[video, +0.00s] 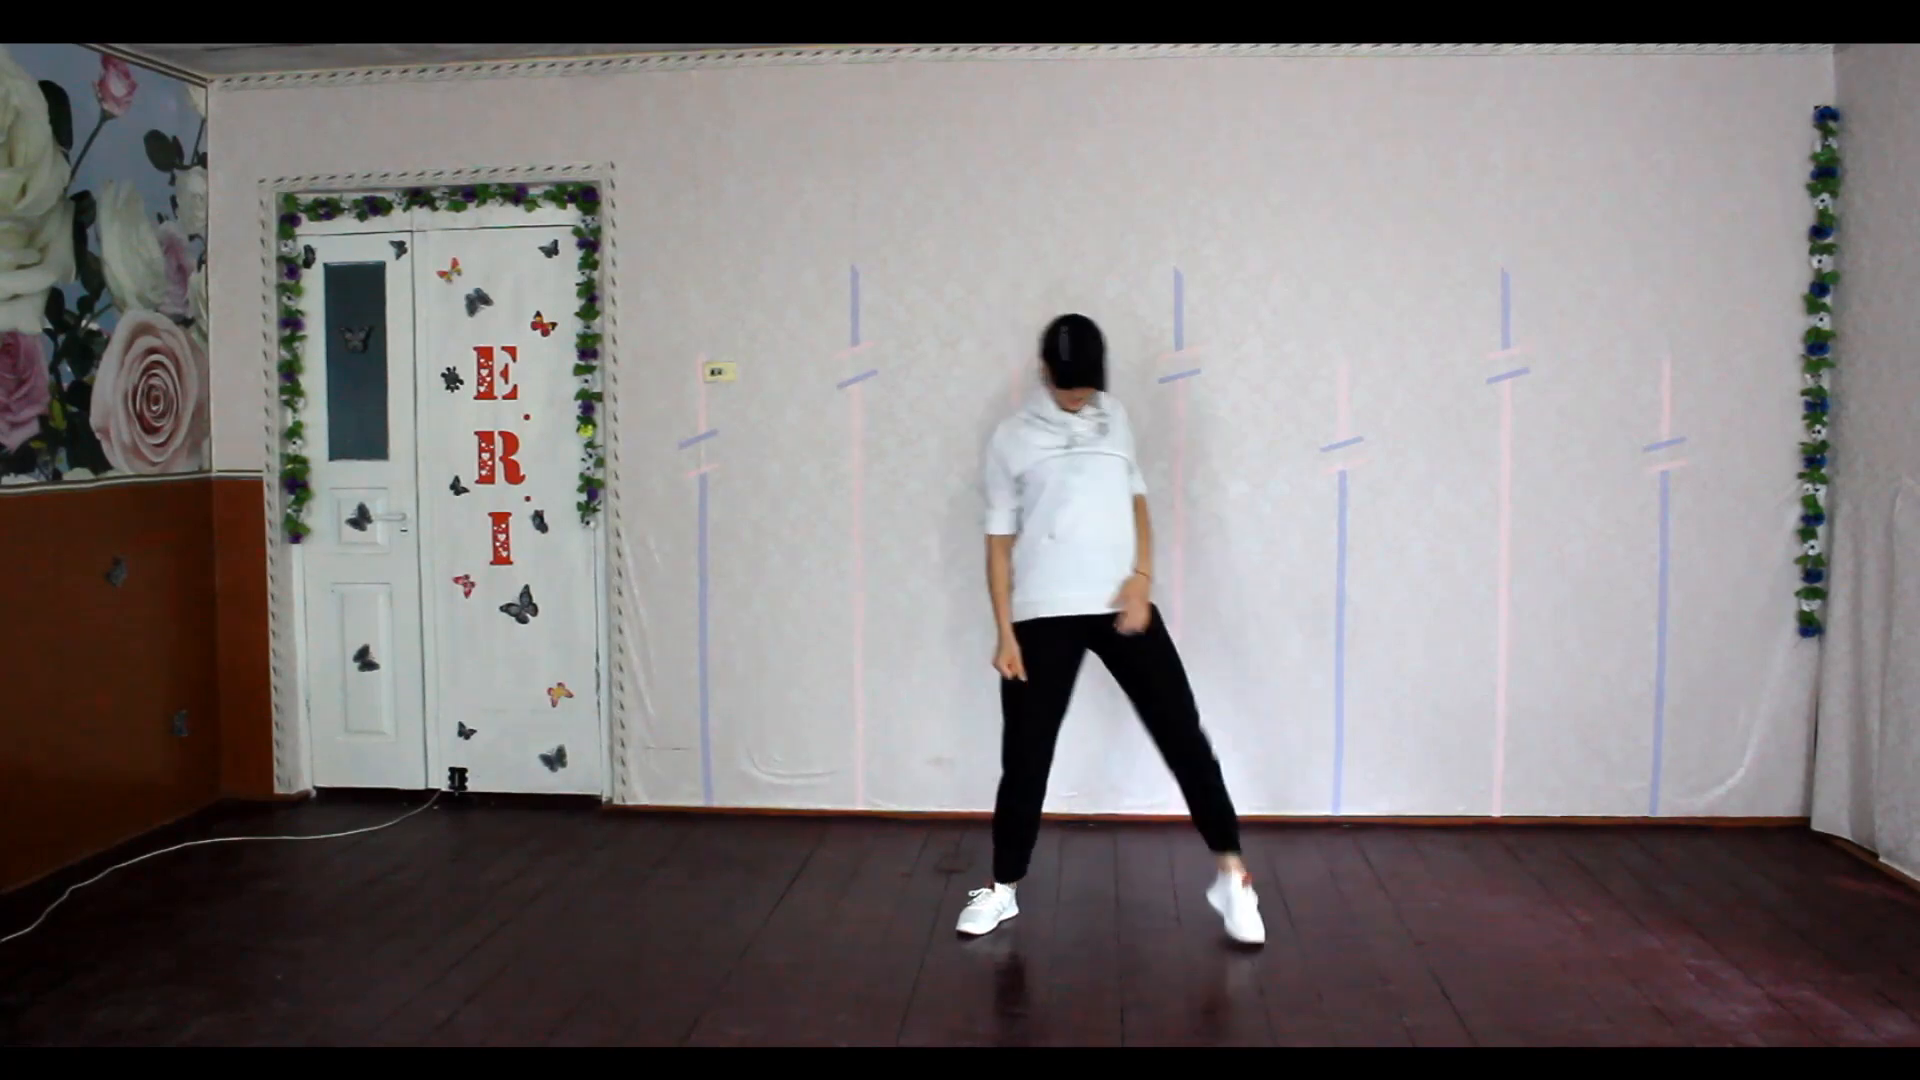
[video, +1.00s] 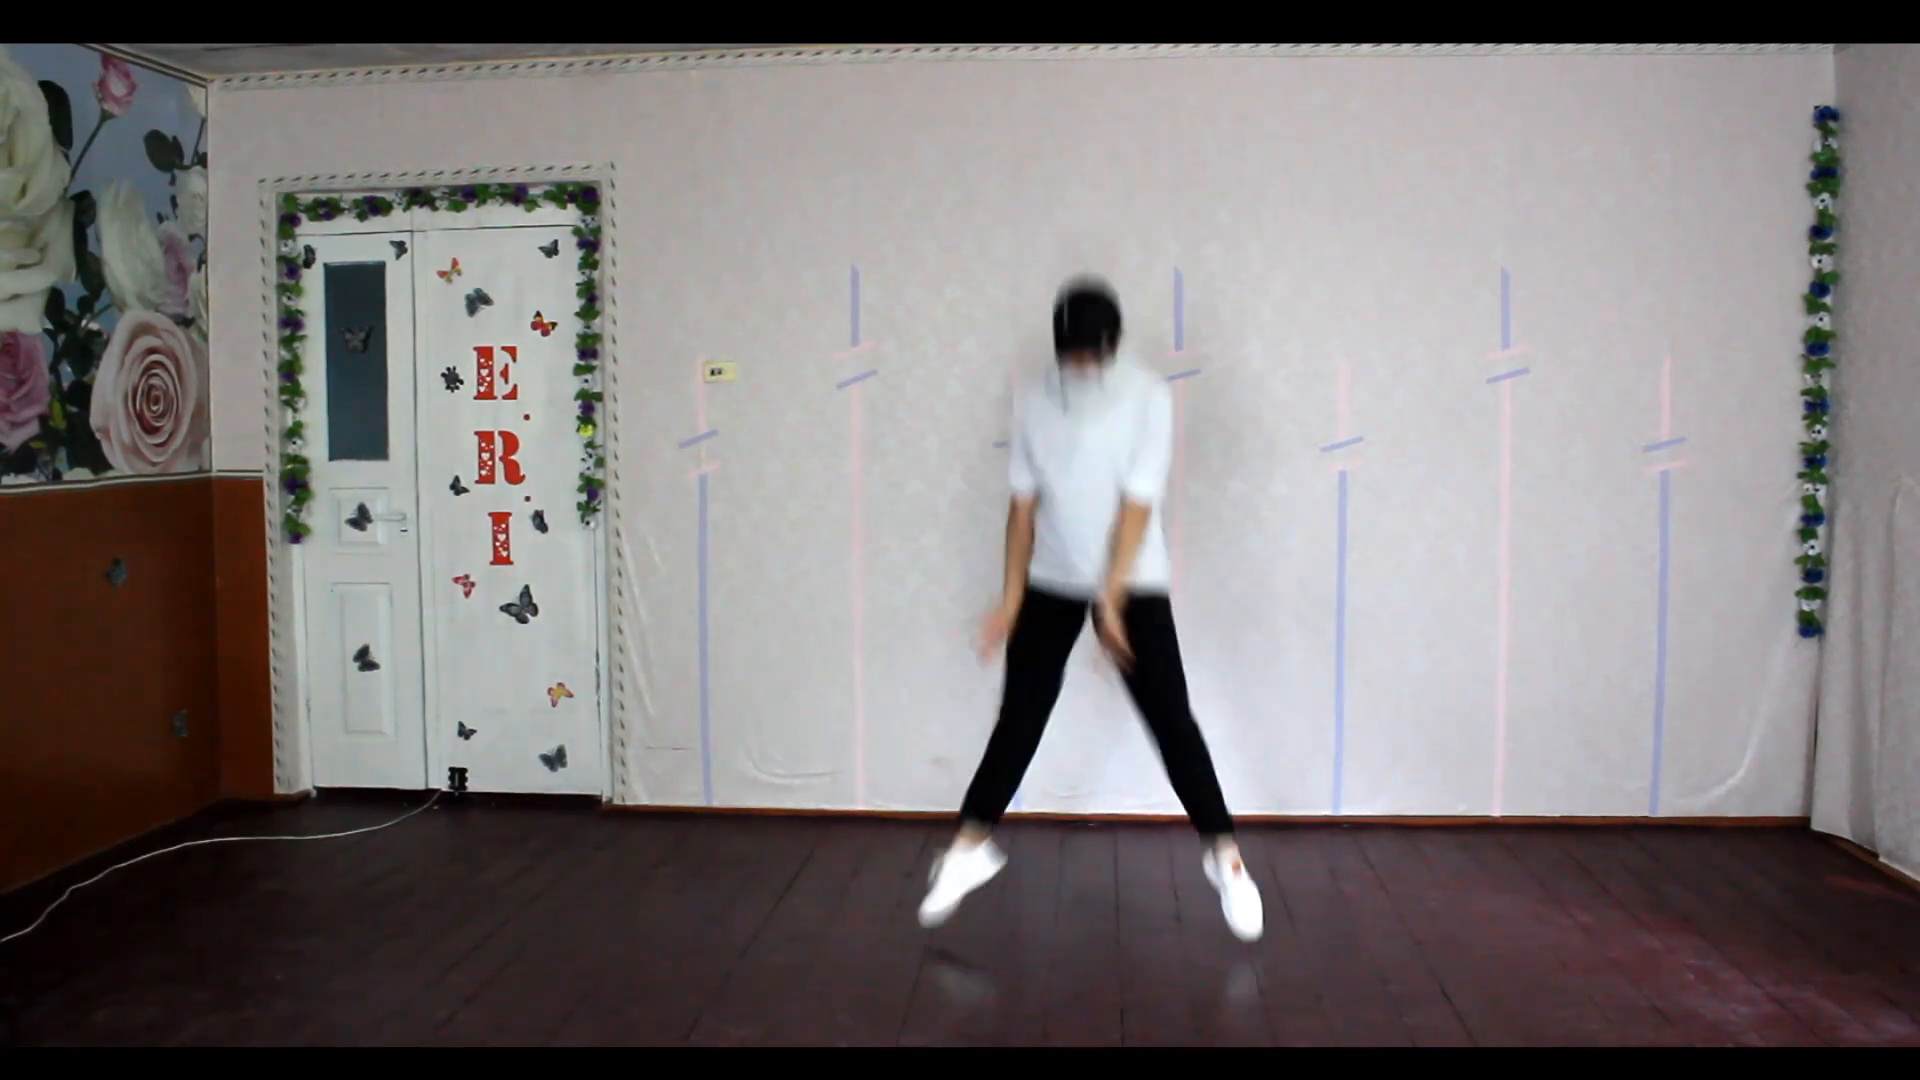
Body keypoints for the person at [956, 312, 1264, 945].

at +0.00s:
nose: (1081, 400)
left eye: (1090, 389)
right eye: (1070, 390)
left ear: (1102, 375)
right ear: (1047, 373)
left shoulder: (1113, 419)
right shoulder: (1012, 437)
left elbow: (1136, 502)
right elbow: (999, 542)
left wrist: (1141, 580)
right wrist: (1005, 632)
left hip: (1123, 611)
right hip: (1044, 619)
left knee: (1186, 743)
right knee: (1024, 761)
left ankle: (1236, 879)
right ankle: (1002, 888)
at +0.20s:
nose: (1133, 405)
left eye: (1143, 394)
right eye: (1122, 395)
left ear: (1159, 380)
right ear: (1103, 382)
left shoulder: (1174, 427)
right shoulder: (1066, 431)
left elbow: (1186, 505)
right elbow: (1026, 515)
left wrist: (1194, 572)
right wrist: (968, 570)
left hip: (1155, 618)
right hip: (1071, 616)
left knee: (1190, 756)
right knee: (1016, 744)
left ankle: (1225, 892)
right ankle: (995, 877)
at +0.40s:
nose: (1126, 453)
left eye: (1136, 443)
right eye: (1116, 442)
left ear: (1155, 424)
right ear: (1099, 423)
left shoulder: (1191, 460)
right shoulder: (1064, 455)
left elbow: (1248, 523)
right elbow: (975, 493)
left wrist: (1221, 591)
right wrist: (990, 548)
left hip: (1153, 634)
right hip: (1066, 628)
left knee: (1209, 761)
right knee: (986, 740)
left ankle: (1226, 892)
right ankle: (967, 874)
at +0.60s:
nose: (1116, 659)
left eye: (1126, 651)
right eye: (1106, 651)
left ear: (1145, 627)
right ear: (1086, 627)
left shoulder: (1171, 631)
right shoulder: (1050, 631)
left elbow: (1263, 673)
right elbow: (949, 666)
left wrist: (1222, 731)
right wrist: (969, 738)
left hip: (1141, 708)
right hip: (1055, 707)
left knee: (1218, 783)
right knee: (977, 784)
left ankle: (1226, 897)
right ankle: (967, 893)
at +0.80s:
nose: (1105, 631)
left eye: (1115, 623)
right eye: (1095, 623)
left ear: (1132, 602)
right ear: (1075, 602)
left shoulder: (1162, 608)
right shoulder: (1039, 612)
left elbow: (1241, 668)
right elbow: (948, 662)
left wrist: (1207, 739)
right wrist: (957, 737)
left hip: (1138, 701)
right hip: (1048, 700)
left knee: (1203, 784)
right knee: (964, 780)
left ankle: (1223, 897)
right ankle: (968, 893)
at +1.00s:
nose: (1084, 368)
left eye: (1095, 357)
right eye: (1074, 357)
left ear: (1114, 347)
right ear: (1057, 348)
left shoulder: (1146, 397)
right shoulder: (1036, 395)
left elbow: (1139, 504)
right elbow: (1024, 501)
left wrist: (1111, 600)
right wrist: (1012, 597)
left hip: (1133, 585)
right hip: (1052, 585)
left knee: (1172, 724)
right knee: (1017, 722)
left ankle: (1226, 856)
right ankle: (968, 845)